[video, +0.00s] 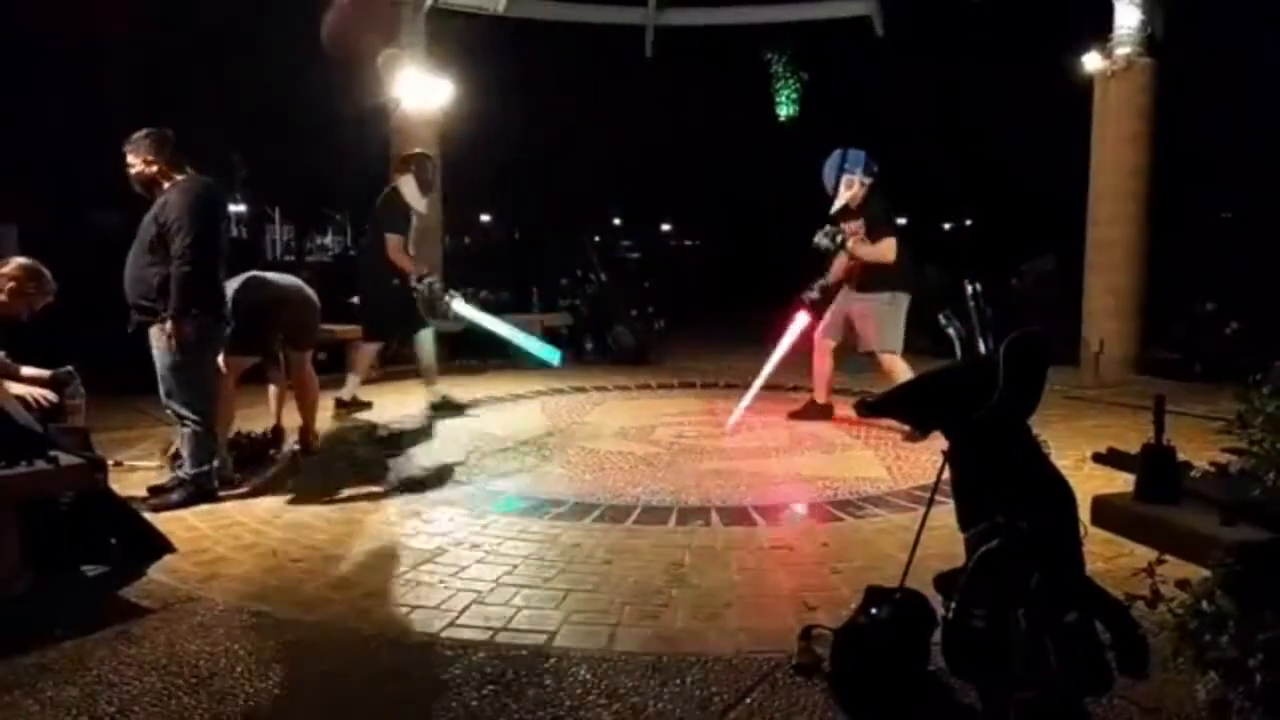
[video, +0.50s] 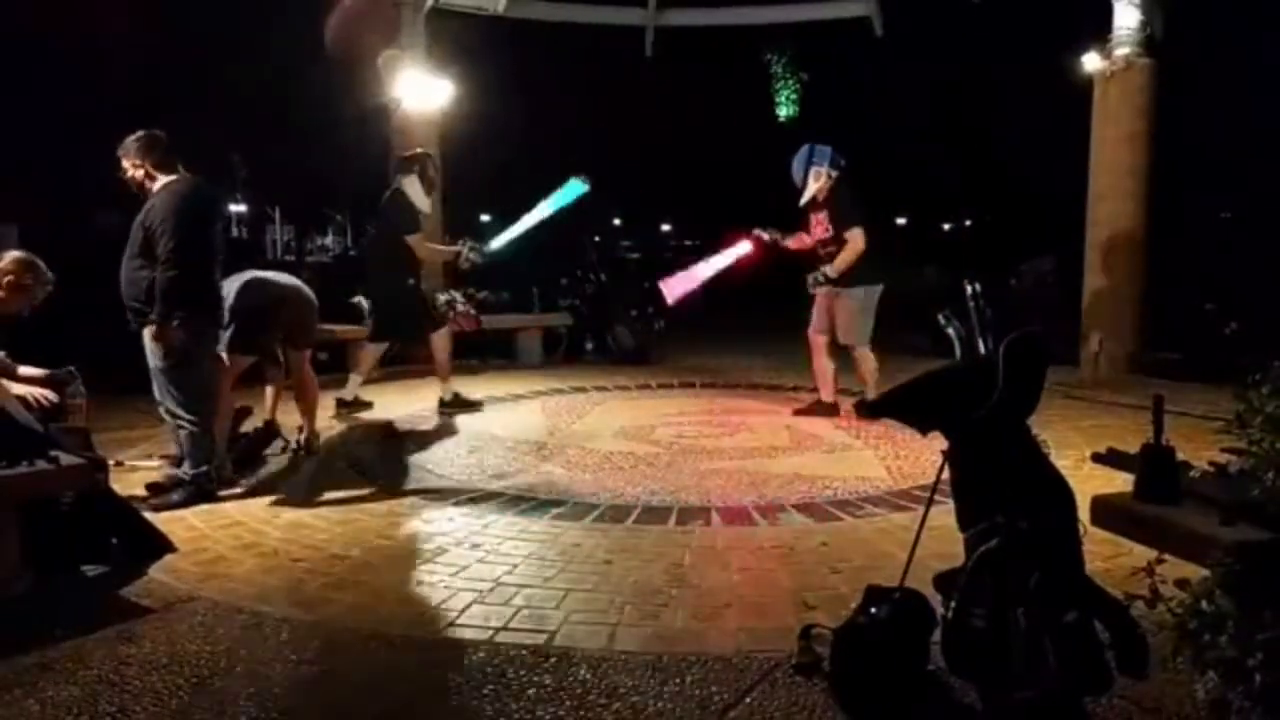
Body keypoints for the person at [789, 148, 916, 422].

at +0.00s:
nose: (846, 191)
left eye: (850, 184)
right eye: (842, 184)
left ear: (862, 182)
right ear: (838, 182)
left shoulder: (878, 207)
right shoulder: (843, 211)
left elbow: (888, 253)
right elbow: (844, 257)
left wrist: (846, 244)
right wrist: (824, 286)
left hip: (885, 291)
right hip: (852, 288)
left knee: (887, 357)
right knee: (824, 339)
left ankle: (923, 411)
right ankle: (820, 402)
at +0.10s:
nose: (837, 190)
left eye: (841, 183)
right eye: (833, 183)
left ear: (852, 182)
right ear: (829, 183)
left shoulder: (869, 207)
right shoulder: (836, 213)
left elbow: (890, 247)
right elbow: (825, 248)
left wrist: (852, 246)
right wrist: (801, 270)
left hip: (880, 292)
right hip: (848, 290)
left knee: (888, 353)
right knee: (827, 343)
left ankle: (922, 411)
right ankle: (826, 400)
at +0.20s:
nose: (820, 191)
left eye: (825, 184)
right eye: (818, 185)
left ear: (837, 182)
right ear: (816, 184)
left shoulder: (857, 208)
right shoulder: (822, 215)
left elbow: (881, 245)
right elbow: (809, 243)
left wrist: (848, 265)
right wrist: (777, 257)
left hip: (869, 293)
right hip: (835, 292)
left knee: (887, 352)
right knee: (818, 339)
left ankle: (920, 406)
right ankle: (826, 400)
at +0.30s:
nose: (815, 187)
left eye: (819, 181)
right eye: (812, 181)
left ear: (831, 180)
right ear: (810, 181)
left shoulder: (849, 205)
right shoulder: (816, 212)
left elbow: (870, 247)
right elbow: (805, 240)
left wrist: (845, 275)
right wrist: (771, 247)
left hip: (863, 289)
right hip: (832, 289)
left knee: (876, 347)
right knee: (816, 338)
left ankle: (910, 403)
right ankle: (826, 400)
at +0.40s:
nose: (808, 184)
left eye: (811, 177)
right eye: (807, 178)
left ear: (824, 175)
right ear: (809, 176)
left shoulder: (844, 199)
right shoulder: (814, 204)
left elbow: (858, 243)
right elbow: (810, 239)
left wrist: (834, 274)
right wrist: (779, 241)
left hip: (860, 280)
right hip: (831, 280)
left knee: (860, 340)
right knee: (819, 336)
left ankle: (880, 396)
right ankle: (826, 399)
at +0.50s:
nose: (808, 185)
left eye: (811, 178)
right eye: (807, 179)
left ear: (823, 174)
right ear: (810, 176)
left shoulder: (843, 198)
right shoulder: (814, 204)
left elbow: (857, 242)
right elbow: (810, 240)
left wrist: (829, 272)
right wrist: (779, 240)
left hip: (859, 280)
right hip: (830, 280)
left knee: (856, 343)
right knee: (818, 335)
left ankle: (872, 397)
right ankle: (826, 399)